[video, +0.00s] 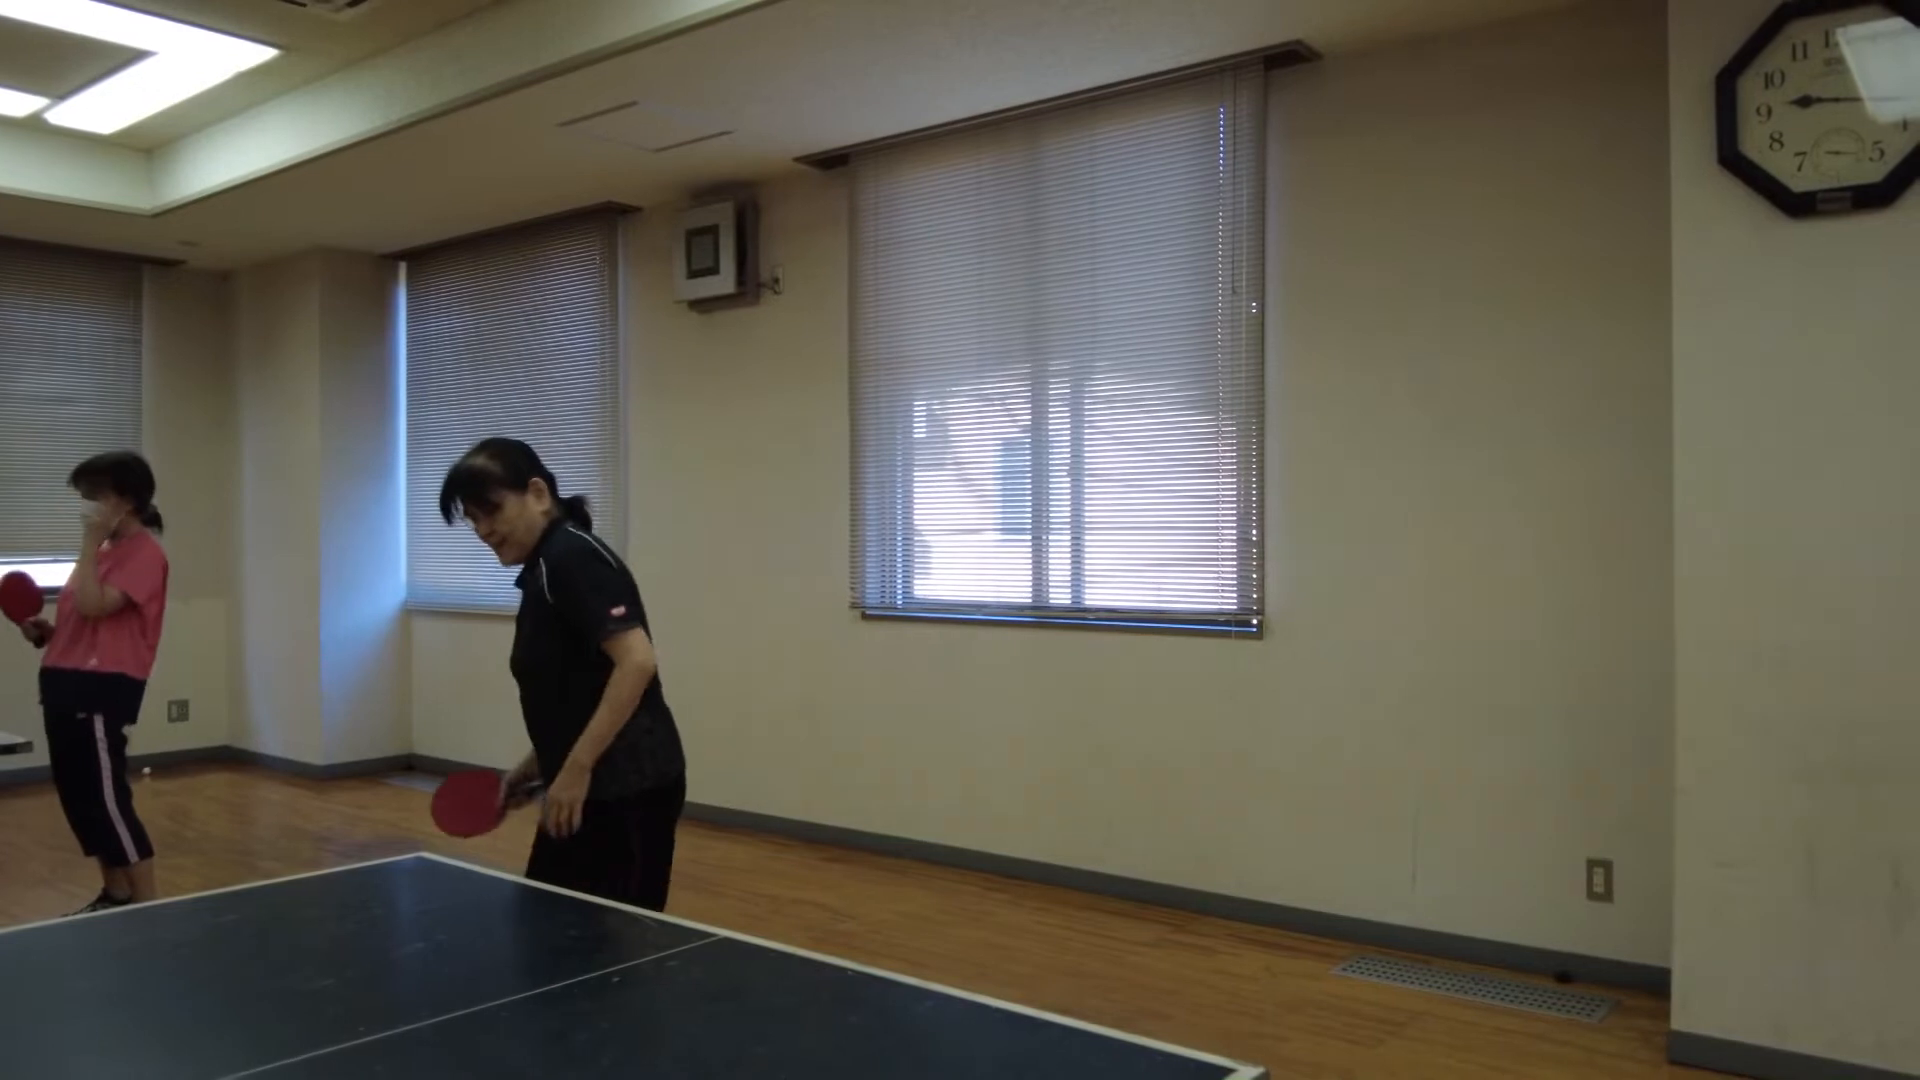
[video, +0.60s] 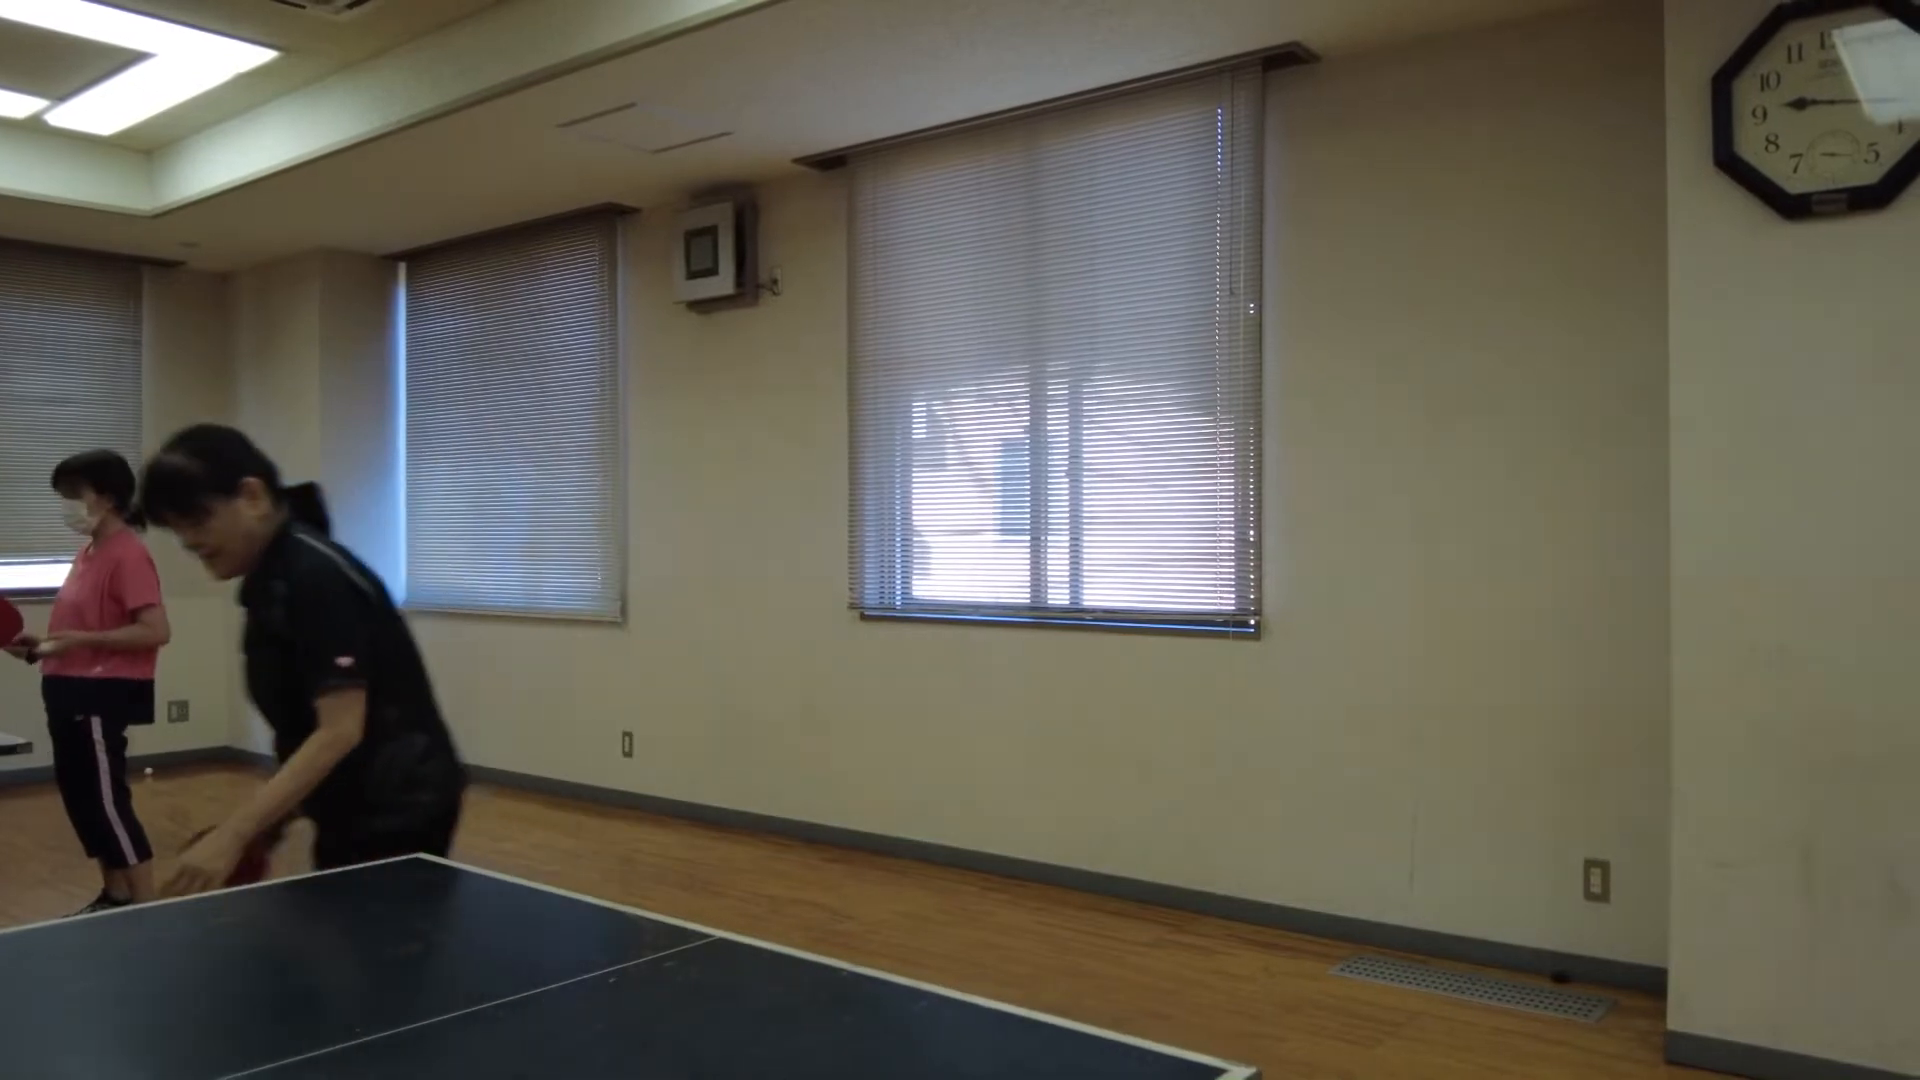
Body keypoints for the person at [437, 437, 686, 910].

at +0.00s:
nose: (483, 530)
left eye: (492, 509)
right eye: (473, 519)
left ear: (538, 494)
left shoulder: (572, 556)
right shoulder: (545, 568)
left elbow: (636, 660)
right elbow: (588, 684)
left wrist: (578, 766)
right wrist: (540, 764)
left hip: (627, 789)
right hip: (589, 790)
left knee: (613, 946)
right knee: (540, 930)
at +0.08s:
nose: (479, 536)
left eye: (488, 515)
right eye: (469, 524)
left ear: (536, 501)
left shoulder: (570, 567)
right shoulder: (538, 578)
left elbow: (622, 685)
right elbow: (575, 694)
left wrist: (543, 786)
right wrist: (528, 770)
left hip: (628, 798)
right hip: (568, 799)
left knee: (642, 949)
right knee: (517, 929)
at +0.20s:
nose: (449, 548)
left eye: (460, 529)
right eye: (439, 535)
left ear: (510, 518)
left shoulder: (550, 593)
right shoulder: (504, 598)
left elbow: (557, 725)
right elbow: (525, 718)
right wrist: (497, 793)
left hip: (609, 808)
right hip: (538, 801)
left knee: (627, 955)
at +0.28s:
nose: (403, 545)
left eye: (416, 526)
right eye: (396, 532)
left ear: (467, 519)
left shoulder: (505, 596)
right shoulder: (471, 598)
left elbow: (496, 731)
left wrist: (360, 774)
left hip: (572, 822)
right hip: (509, 817)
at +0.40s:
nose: (321, 549)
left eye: (332, 528)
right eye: (312, 536)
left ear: (384, 512)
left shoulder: (426, 588)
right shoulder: (399, 588)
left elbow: (428, 729)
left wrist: (292, 785)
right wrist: (419, 803)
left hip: (504, 821)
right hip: (455, 815)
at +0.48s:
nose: (268, 544)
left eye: (277, 521)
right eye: (258, 531)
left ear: (329, 502)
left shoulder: (382, 582)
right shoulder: (347, 585)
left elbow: (393, 726)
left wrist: (274, 814)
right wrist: (364, 801)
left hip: (462, 813)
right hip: (406, 806)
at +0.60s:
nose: (190, 543)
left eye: (198, 521)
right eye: (180, 530)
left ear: (252, 495)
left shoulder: (316, 578)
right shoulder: (270, 580)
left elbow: (341, 729)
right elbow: (305, 722)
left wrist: (232, 836)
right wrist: (278, 813)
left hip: (399, 803)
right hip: (349, 800)